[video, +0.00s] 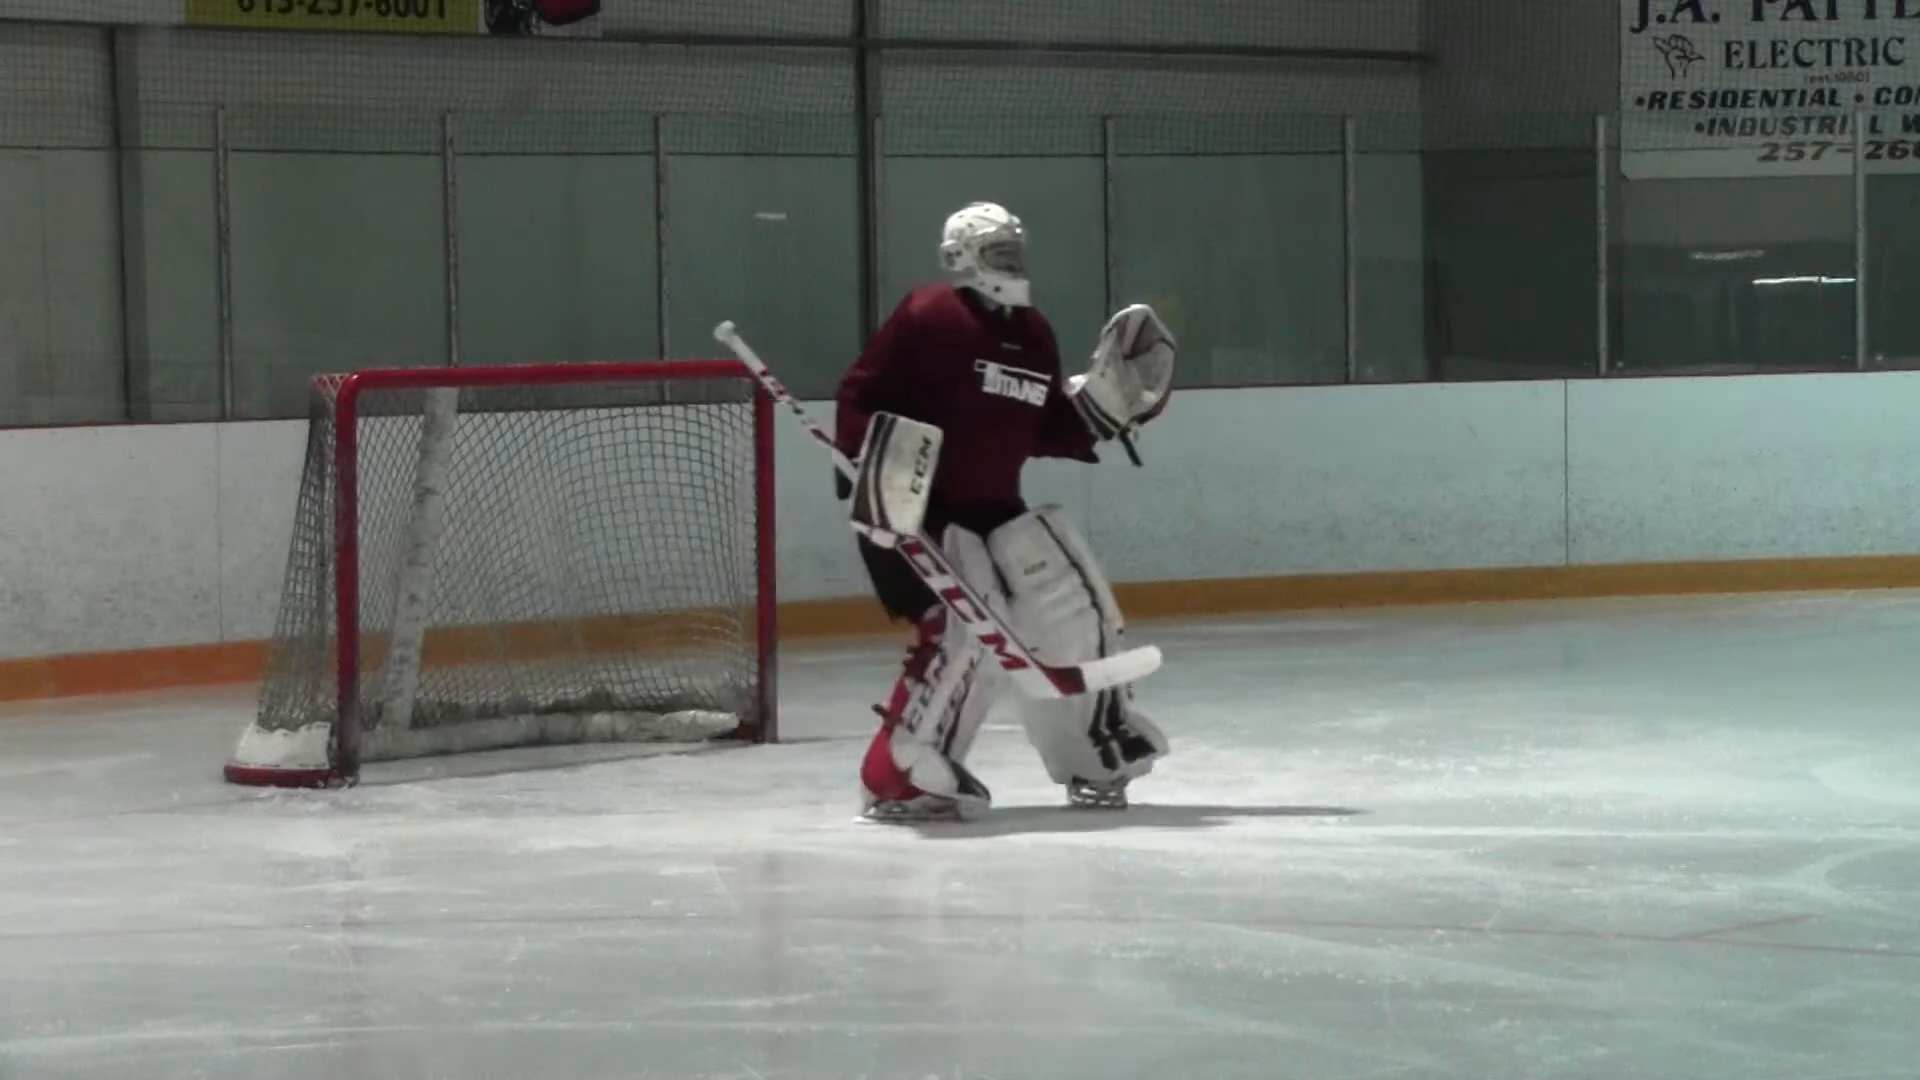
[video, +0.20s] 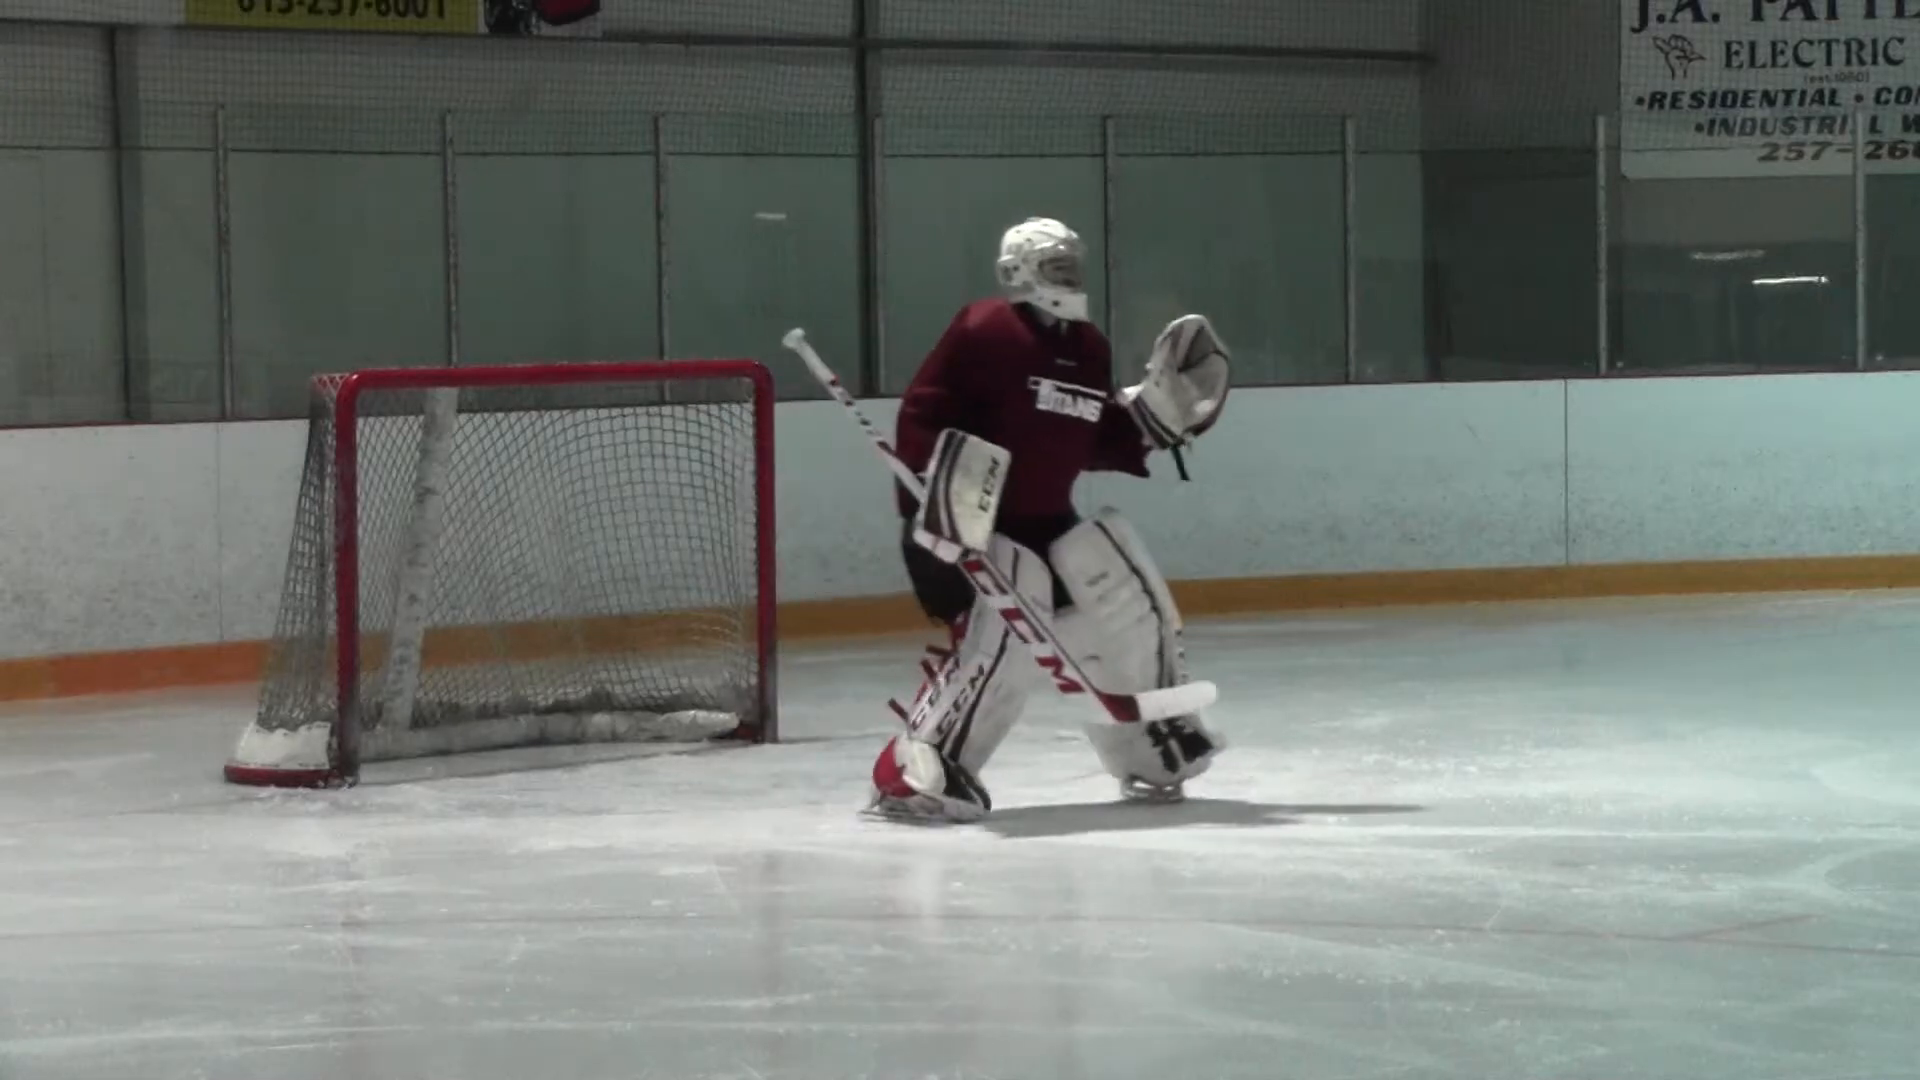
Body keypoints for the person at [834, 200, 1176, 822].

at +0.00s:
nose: (1011, 266)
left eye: (1015, 254)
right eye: (996, 256)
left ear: (1021, 255)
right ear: (962, 261)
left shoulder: (1034, 333)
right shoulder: (929, 316)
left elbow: (1043, 429)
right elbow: (858, 395)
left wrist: (1107, 405)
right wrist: (873, 478)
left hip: (1002, 514)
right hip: (930, 513)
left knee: (1060, 624)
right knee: (963, 636)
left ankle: (1091, 756)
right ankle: (904, 770)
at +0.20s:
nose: (1068, 276)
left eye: (1072, 266)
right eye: (1053, 267)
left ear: (1078, 270)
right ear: (1018, 274)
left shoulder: (1088, 347)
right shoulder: (984, 330)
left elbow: (1088, 439)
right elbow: (918, 422)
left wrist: (1155, 420)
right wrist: (936, 520)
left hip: (1055, 530)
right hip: (981, 529)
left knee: (1121, 621)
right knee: (1000, 647)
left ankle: (1148, 759)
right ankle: (920, 772)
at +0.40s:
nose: (1135, 290)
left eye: (1140, 278)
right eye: (1121, 280)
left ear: (1146, 280)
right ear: (1086, 284)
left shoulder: (1154, 358)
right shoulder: (1053, 337)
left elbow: (1156, 445)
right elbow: (980, 421)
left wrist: (1222, 426)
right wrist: (1019, 477)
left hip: (1122, 543)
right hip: (1048, 543)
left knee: (1195, 628)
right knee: (1037, 658)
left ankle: (1232, 751)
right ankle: (943, 772)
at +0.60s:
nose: (1179, 289)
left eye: (1182, 278)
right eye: (1164, 279)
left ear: (1188, 283)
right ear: (1128, 286)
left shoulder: (1188, 361)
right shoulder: (1094, 337)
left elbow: (1186, 450)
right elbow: (1016, 414)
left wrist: (1249, 433)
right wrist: (1060, 467)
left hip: (1146, 523)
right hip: (1073, 518)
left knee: (1203, 614)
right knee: (1096, 625)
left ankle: (1237, 739)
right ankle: (1042, 757)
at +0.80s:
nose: (1194, 306)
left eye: (1198, 295)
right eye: (1180, 297)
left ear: (1202, 298)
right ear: (1144, 302)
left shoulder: (1195, 374)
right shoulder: (1115, 351)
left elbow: (1187, 463)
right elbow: (1040, 429)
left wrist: (1252, 449)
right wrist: (1087, 485)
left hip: (1150, 531)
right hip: (1066, 527)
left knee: (1218, 615)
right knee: (1111, 638)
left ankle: (1232, 750)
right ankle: (1038, 764)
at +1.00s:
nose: (1220, 309)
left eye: (1221, 299)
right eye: (1206, 301)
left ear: (1221, 302)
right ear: (1172, 308)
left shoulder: (1218, 376)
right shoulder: (1147, 358)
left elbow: (1204, 462)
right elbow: (1068, 420)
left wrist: (1274, 447)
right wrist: (1115, 480)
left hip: (1165, 530)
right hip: (1086, 525)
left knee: (1230, 610)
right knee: (1140, 632)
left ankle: (1231, 741)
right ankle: (1078, 757)